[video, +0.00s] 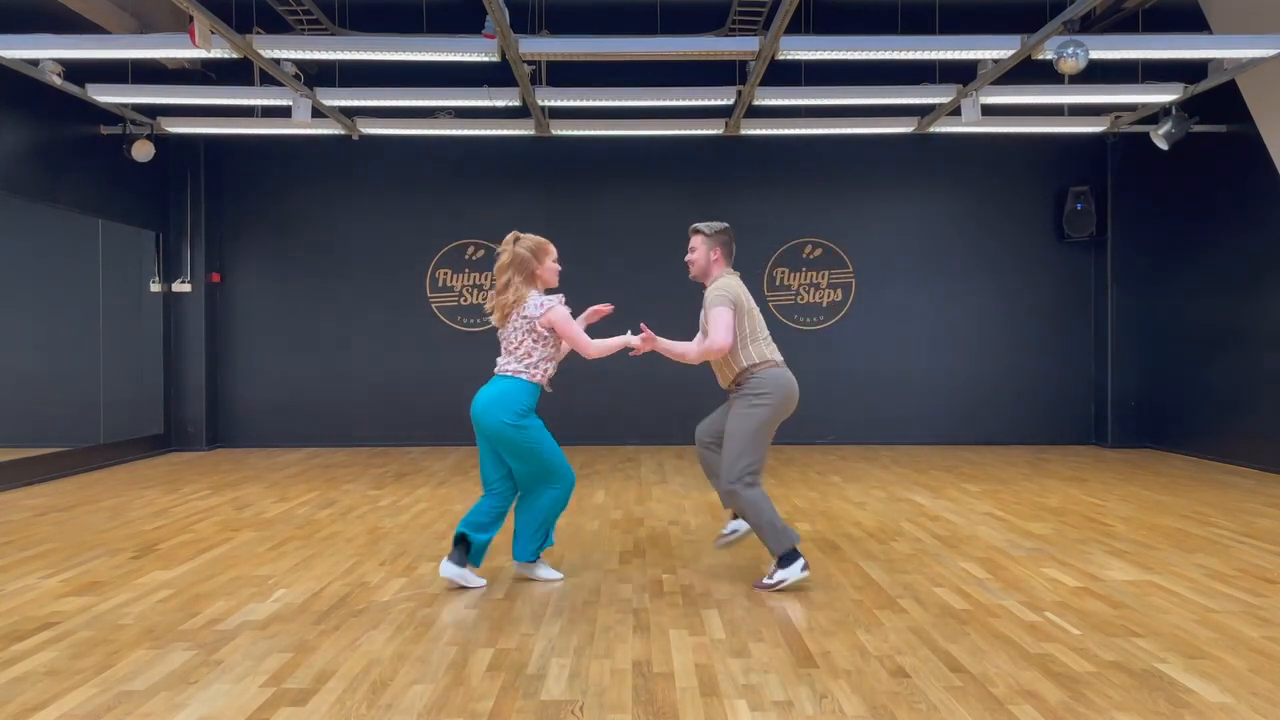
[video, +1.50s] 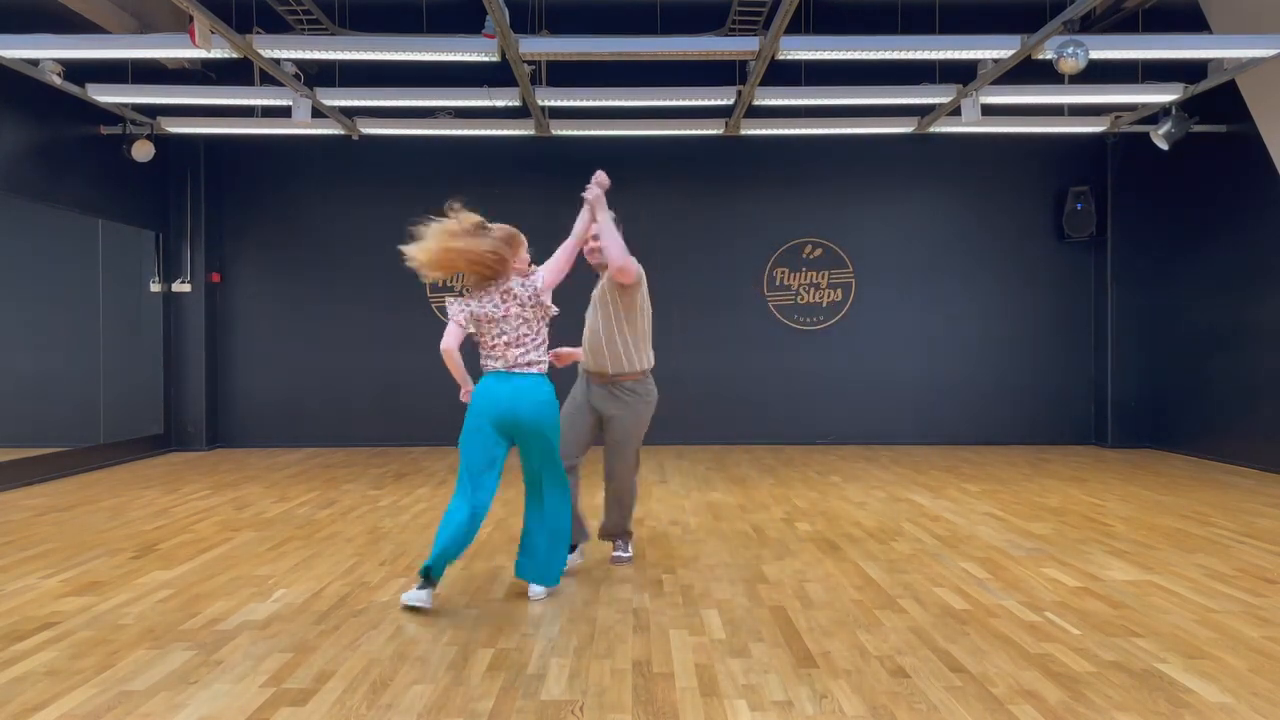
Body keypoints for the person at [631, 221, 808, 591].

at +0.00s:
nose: (687, 257)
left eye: (693, 250)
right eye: (688, 250)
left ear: (715, 255)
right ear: (714, 256)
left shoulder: (721, 288)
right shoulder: (720, 292)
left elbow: (721, 342)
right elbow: (695, 352)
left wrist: (693, 354)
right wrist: (656, 342)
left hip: (764, 384)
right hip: (756, 386)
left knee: (736, 480)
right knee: (707, 436)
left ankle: (789, 557)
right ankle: (741, 511)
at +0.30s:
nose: (690, 249)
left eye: (696, 241)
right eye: (692, 241)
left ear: (720, 247)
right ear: (713, 247)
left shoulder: (743, 280)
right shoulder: (718, 300)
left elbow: (786, 321)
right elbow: (704, 359)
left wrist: (748, 360)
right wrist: (659, 356)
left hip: (780, 382)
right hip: (752, 391)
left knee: (755, 477)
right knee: (707, 451)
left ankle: (801, 569)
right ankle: (739, 539)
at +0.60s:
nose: (677, 248)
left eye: (683, 240)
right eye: (678, 240)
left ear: (708, 241)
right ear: (701, 243)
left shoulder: (747, 280)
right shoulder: (675, 289)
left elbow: (742, 331)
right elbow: (645, 328)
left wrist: (682, 326)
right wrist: (611, 325)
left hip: (760, 380)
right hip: (724, 389)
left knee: (722, 459)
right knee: (708, 473)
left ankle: (710, 553)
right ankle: (738, 569)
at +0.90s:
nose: (655, 244)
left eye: (663, 237)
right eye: (654, 237)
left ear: (689, 242)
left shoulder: (693, 284)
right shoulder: (679, 282)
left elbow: (683, 355)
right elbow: (689, 337)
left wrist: (640, 354)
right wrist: (663, 330)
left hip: (727, 391)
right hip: (689, 395)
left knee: (720, 484)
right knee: (650, 475)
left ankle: (760, 559)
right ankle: (668, 546)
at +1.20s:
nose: (634, 219)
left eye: (644, 214)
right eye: (630, 211)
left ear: (660, 224)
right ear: (622, 214)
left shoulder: (651, 252)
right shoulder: (627, 256)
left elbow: (582, 238)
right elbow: (642, 295)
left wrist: (528, 203)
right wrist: (612, 295)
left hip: (681, 367)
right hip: (639, 377)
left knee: (727, 445)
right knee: (636, 465)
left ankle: (785, 519)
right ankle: (660, 545)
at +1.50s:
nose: (590, 246)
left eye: (596, 239)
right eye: (584, 241)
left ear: (615, 238)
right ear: (581, 248)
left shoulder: (630, 274)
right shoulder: (602, 283)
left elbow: (620, 265)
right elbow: (610, 344)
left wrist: (601, 211)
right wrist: (576, 353)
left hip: (630, 390)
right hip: (590, 384)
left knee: (620, 471)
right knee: (560, 459)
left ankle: (619, 535)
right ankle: (573, 535)